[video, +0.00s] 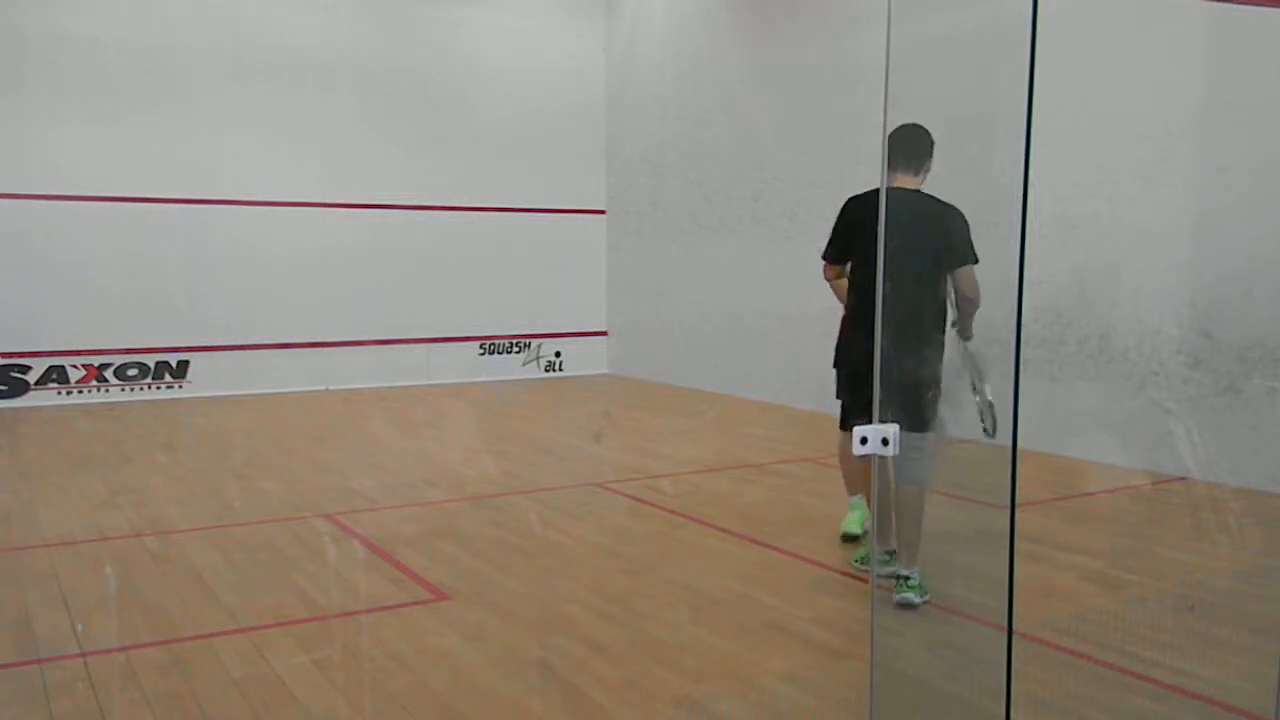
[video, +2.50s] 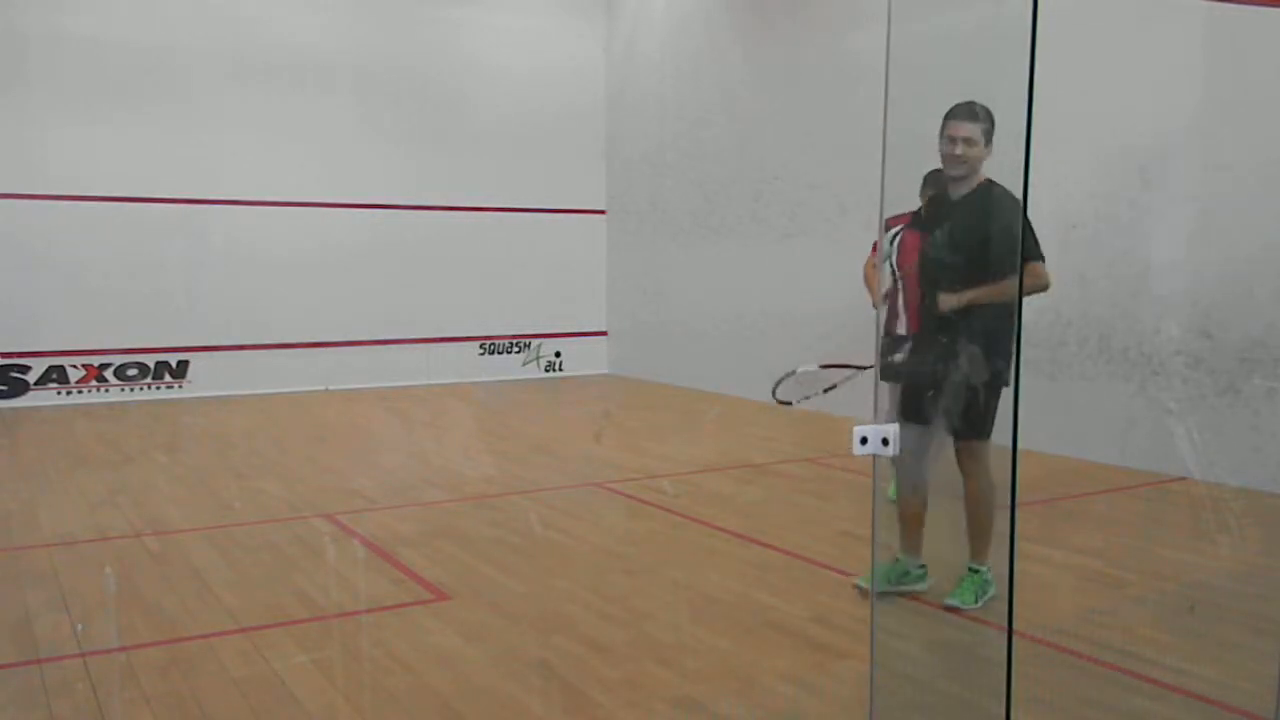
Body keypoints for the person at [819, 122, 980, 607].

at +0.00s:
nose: (921, 169)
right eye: (926, 161)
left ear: (885, 159)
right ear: (928, 164)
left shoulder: (859, 207)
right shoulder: (946, 217)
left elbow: (833, 271)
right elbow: (968, 291)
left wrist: (856, 306)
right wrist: (962, 324)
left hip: (861, 352)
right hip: (917, 358)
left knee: (869, 444)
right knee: (911, 459)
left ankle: (881, 549)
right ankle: (907, 574)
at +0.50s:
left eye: (837, 164)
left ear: (838, 166)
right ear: (879, 158)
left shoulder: (828, 218)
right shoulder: (911, 202)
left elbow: (808, 289)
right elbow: (934, 265)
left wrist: (805, 341)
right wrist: (957, 328)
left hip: (862, 352)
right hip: (915, 347)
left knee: (876, 442)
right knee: (929, 437)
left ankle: (883, 548)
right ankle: (927, 542)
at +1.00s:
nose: (842, 169)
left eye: (842, 164)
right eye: (847, 161)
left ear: (848, 166)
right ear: (885, 158)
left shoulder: (841, 218)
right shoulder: (925, 203)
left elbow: (822, 288)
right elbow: (961, 267)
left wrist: (818, 338)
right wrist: (970, 307)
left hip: (870, 349)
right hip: (923, 345)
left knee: (879, 444)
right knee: (928, 435)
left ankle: (885, 550)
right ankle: (936, 532)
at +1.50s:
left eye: (920, 163)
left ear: (916, 164)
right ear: (957, 166)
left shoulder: (894, 210)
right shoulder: (981, 212)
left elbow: (869, 275)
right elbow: (1009, 275)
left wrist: (855, 326)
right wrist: (1007, 336)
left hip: (906, 342)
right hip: (964, 343)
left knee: (893, 440)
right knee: (963, 440)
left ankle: (884, 545)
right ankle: (967, 546)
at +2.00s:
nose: (934, 155)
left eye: (937, 148)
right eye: (940, 148)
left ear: (941, 152)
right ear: (980, 157)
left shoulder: (937, 204)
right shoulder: (1002, 213)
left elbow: (925, 265)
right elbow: (1025, 282)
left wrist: (900, 289)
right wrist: (1010, 332)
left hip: (945, 345)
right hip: (984, 347)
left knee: (938, 442)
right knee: (968, 442)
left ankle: (969, 561)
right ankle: (965, 547)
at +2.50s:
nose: (956, 150)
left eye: (968, 143)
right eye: (949, 140)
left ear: (987, 149)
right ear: (939, 143)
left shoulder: (1001, 206)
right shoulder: (934, 203)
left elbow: (1037, 276)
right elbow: (917, 261)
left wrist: (965, 296)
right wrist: (889, 279)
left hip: (979, 352)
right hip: (928, 345)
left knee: (972, 456)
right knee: (909, 451)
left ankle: (979, 571)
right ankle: (910, 562)